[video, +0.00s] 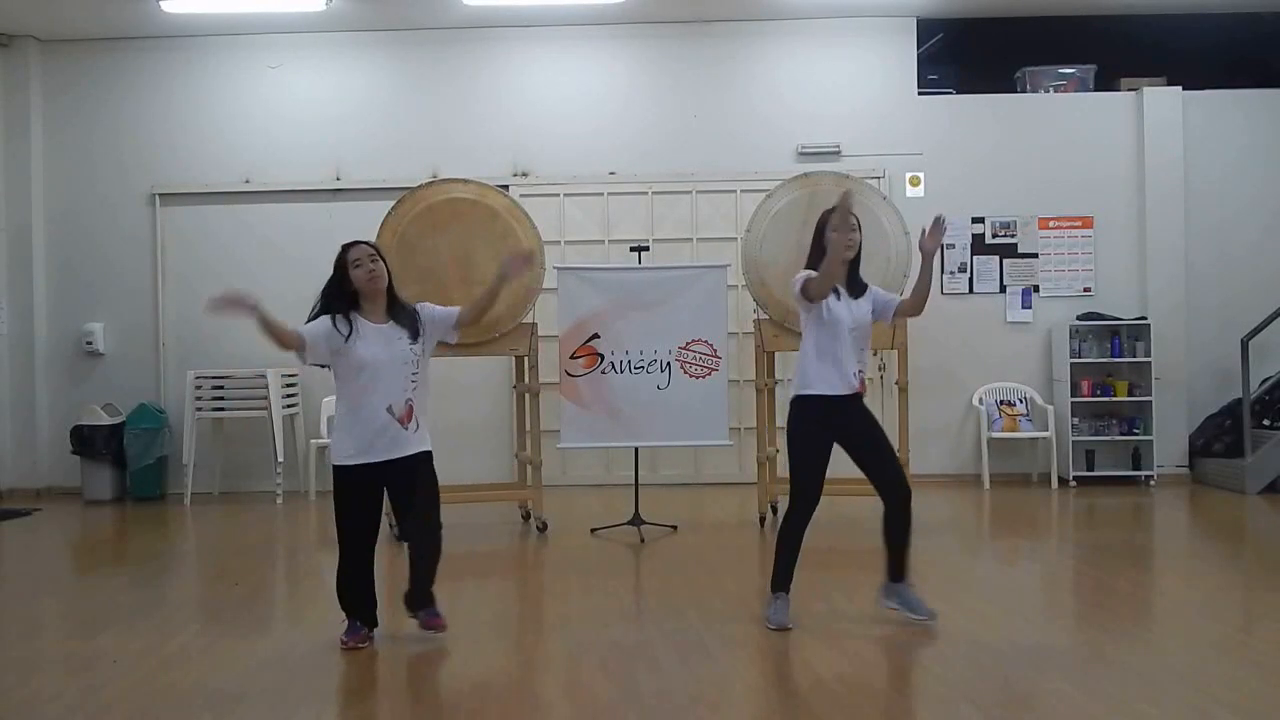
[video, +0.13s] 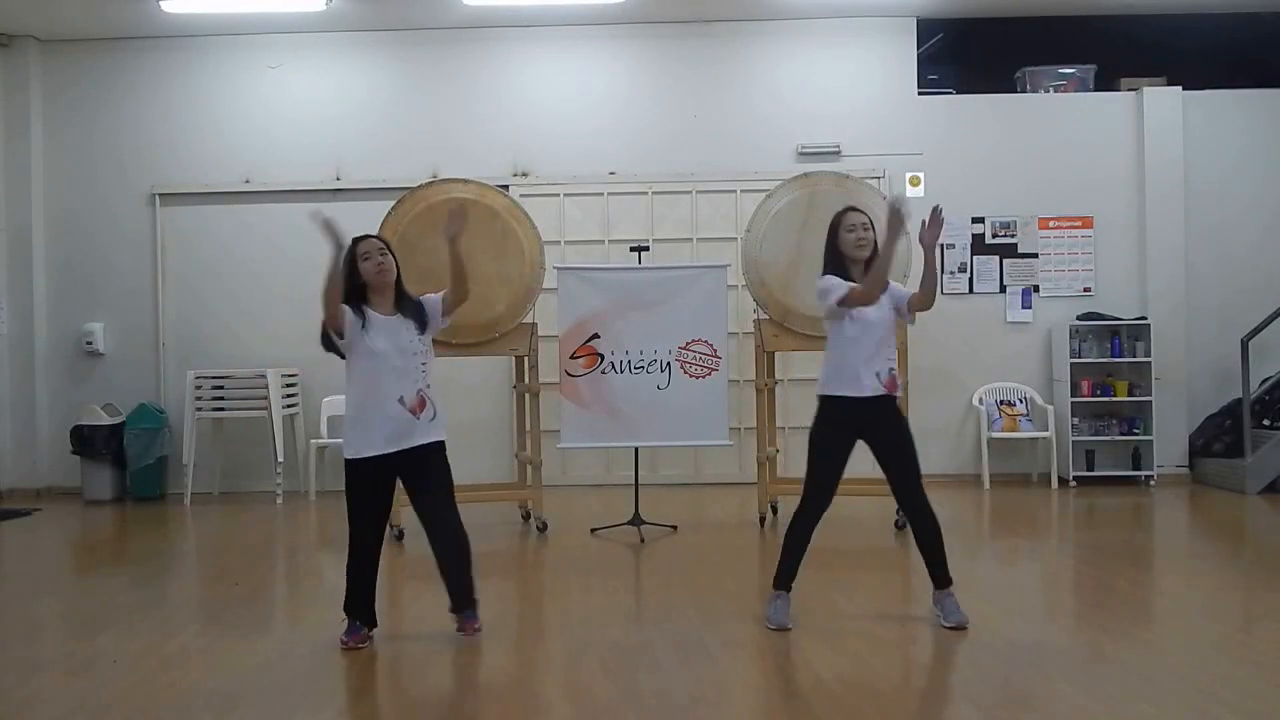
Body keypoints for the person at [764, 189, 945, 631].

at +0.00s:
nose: (852, 234)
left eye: (855, 228)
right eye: (843, 228)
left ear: (859, 240)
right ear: (823, 237)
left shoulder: (865, 293)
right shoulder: (806, 281)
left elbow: (913, 307)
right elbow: (818, 292)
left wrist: (927, 260)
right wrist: (836, 257)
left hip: (852, 407)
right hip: (811, 408)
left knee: (897, 491)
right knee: (803, 503)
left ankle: (896, 586)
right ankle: (779, 596)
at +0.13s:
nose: (861, 235)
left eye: (866, 229)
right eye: (850, 229)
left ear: (875, 239)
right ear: (834, 242)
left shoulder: (888, 289)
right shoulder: (828, 286)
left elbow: (924, 300)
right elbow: (869, 293)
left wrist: (930, 252)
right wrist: (890, 240)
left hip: (883, 408)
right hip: (837, 408)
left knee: (914, 501)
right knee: (814, 504)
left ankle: (944, 593)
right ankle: (780, 594)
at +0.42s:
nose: (898, 237)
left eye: (903, 230)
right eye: (888, 234)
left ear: (916, 239)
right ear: (877, 248)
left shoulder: (944, 293)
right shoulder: (865, 303)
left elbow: (974, 344)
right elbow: (848, 363)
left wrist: (987, 341)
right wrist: (847, 355)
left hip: (937, 411)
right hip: (888, 412)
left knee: (945, 510)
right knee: (901, 504)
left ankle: (943, 599)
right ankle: (875, 583)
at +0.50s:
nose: (904, 231)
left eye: (909, 224)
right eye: (894, 227)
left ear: (922, 233)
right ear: (883, 241)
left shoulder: (948, 289)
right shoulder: (870, 296)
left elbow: (975, 335)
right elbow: (841, 347)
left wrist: (1003, 341)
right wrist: (824, 352)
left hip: (940, 409)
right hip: (891, 409)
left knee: (945, 506)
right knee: (914, 497)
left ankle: (943, 598)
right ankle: (896, 581)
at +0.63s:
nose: (910, 226)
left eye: (917, 220)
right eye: (901, 222)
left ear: (929, 230)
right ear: (888, 235)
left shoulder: (950, 284)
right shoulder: (873, 288)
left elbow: (968, 333)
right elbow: (848, 335)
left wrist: (1011, 349)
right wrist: (819, 351)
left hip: (946, 403)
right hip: (897, 405)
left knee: (949, 501)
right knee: (919, 500)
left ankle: (945, 596)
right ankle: (913, 595)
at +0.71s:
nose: (911, 232)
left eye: (917, 226)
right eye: (901, 227)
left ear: (930, 236)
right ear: (889, 240)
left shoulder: (949, 293)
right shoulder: (872, 296)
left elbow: (972, 348)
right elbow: (856, 350)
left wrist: (1016, 350)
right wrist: (813, 352)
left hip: (946, 409)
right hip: (895, 411)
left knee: (950, 508)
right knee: (909, 507)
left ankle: (944, 597)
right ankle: (904, 594)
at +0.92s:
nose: (900, 232)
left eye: (907, 225)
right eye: (891, 227)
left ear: (918, 235)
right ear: (879, 239)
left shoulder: (936, 282)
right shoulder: (864, 285)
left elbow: (975, 281)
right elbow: (822, 289)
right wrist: (811, 239)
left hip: (930, 405)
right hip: (879, 405)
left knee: (936, 502)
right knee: (854, 498)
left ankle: (944, 596)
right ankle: (855, 585)